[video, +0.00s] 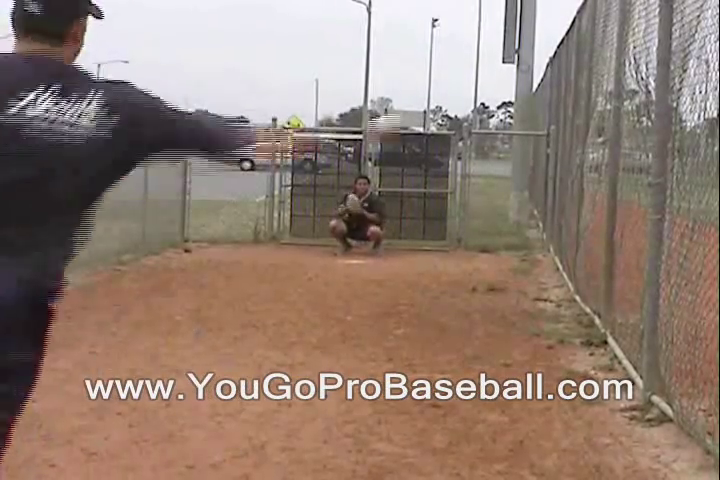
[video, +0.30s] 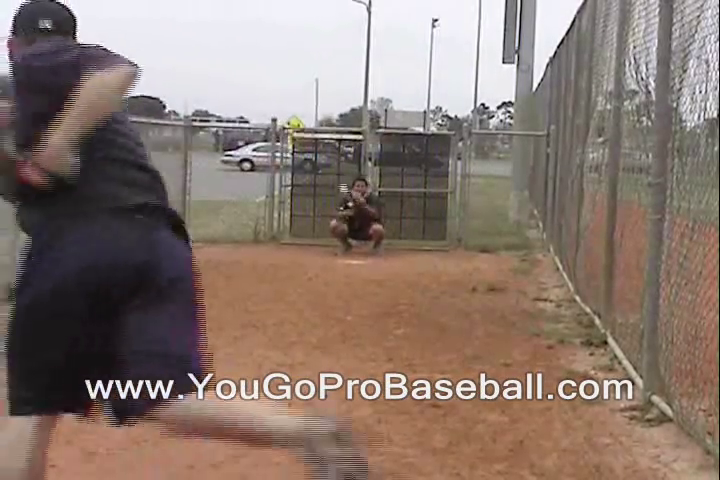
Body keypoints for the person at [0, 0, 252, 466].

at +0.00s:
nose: (84, 39)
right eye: (85, 30)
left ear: (15, 27)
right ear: (76, 34)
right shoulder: (110, 104)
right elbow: (192, 130)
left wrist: (256, 141)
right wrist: (268, 142)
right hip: (26, 278)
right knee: (7, 395)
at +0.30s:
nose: (10, 48)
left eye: (11, 41)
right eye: (13, 42)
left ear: (16, 41)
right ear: (68, 37)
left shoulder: (32, 63)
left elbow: (118, 71)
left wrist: (59, 143)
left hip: (76, 244)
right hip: (156, 240)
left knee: (29, 407)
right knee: (159, 399)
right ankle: (309, 433)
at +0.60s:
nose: (112, 82)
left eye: (114, 74)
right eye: (115, 74)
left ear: (120, 77)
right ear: (166, 77)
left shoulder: (137, 117)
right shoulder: (202, 126)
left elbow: (180, 177)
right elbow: (237, 203)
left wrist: (132, 237)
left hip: (201, 286)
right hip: (273, 281)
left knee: (115, 430)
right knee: (283, 425)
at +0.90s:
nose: (202, 12)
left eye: (203, 8)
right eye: (206, 9)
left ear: (208, 7)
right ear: (257, 6)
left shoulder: (210, 48)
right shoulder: (300, 54)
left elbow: (224, 131)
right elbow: (364, 137)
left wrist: (182, 164)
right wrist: (390, 190)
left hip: (238, 240)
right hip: (310, 242)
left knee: (196, 380)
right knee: (307, 382)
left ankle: (210, 472)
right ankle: (339, 471)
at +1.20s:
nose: (231, 63)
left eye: (229, 57)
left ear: (229, 59)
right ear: (280, 62)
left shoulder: (204, 123)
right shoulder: (319, 122)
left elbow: (185, 212)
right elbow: (359, 214)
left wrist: (177, 236)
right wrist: (385, 281)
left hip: (239, 296)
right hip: (306, 294)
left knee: (245, 418)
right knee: (296, 412)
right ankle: (305, 474)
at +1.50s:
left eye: (203, 31)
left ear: (201, 35)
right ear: (253, 35)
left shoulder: (167, 95)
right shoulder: (293, 99)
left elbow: (128, 182)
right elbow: (320, 190)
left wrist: (169, 197)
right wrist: (314, 246)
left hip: (193, 278)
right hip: (268, 279)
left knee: (161, 389)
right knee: (287, 397)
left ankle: (138, 473)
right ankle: (307, 475)